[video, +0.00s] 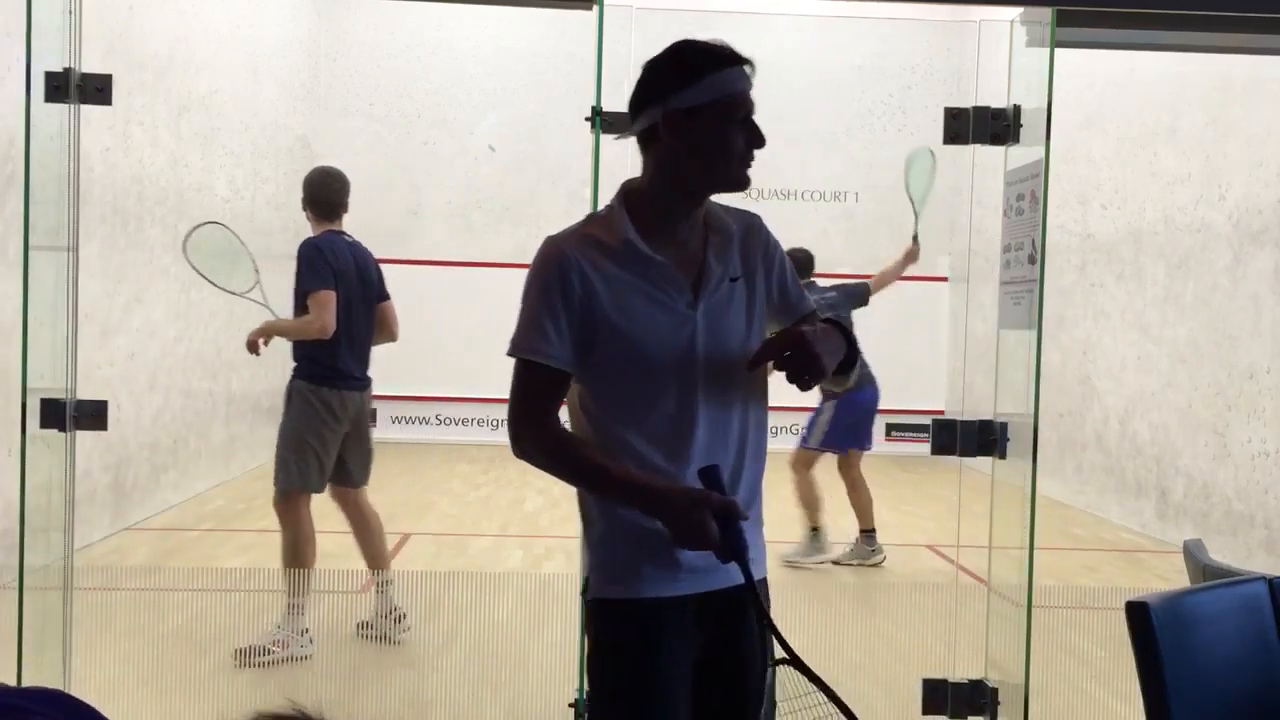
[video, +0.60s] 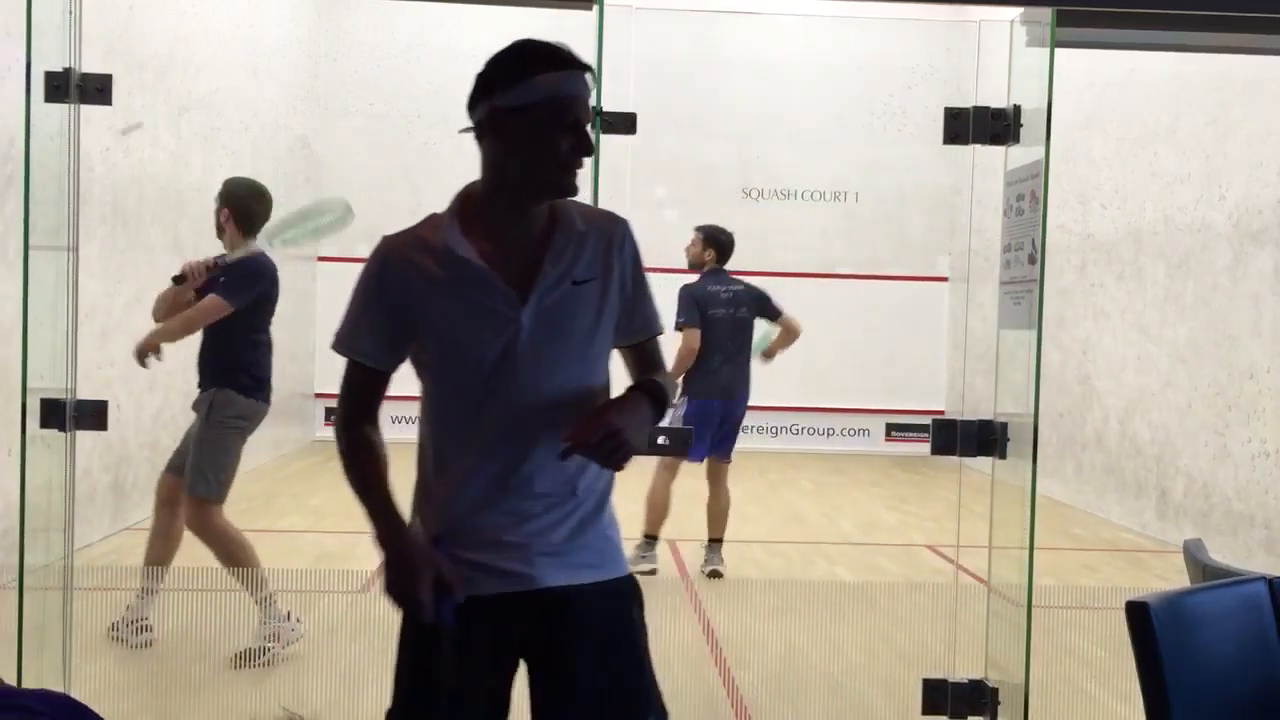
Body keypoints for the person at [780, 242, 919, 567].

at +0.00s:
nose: (777, 281)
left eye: (779, 275)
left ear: (785, 275)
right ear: (811, 271)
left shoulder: (786, 303)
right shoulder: (833, 295)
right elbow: (876, 283)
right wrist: (904, 260)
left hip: (839, 397)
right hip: (864, 392)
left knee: (800, 463)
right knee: (850, 466)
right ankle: (868, 543)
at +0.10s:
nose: (765, 270)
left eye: (766, 265)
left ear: (768, 270)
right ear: (797, 268)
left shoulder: (766, 303)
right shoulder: (820, 294)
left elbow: (751, 348)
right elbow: (867, 279)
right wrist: (891, 244)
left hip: (807, 398)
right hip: (841, 393)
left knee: (770, 467)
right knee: (840, 466)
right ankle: (866, 541)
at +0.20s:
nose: (743, 267)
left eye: (745, 263)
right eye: (745, 263)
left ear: (752, 267)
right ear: (780, 268)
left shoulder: (742, 302)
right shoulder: (801, 296)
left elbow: (725, 355)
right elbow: (853, 284)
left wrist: (712, 396)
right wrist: (869, 247)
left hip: (771, 402)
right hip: (810, 399)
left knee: (742, 469)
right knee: (823, 468)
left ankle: (726, 547)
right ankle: (857, 540)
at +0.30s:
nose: (730, 258)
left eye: (732, 254)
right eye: (733, 253)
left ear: (739, 258)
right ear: (764, 259)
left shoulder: (723, 292)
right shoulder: (784, 291)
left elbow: (712, 348)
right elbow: (839, 284)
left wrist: (707, 394)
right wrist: (846, 253)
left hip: (741, 394)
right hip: (782, 394)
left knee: (736, 469)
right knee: (790, 467)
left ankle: (727, 547)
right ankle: (814, 543)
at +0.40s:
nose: (715, 243)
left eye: (719, 238)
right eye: (718, 237)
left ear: (729, 243)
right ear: (750, 244)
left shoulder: (713, 280)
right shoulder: (774, 277)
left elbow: (709, 328)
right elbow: (827, 283)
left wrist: (708, 371)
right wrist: (822, 264)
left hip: (729, 381)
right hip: (769, 380)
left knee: (719, 461)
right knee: (759, 459)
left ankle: (711, 538)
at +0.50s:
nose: (701, 242)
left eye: (706, 237)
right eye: (704, 236)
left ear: (720, 244)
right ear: (733, 246)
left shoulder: (704, 278)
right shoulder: (762, 277)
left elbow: (704, 329)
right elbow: (812, 295)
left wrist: (687, 365)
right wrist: (795, 305)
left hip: (717, 382)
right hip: (754, 384)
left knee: (695, 465)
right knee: (732, 466)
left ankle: (678, 544)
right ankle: (721, 546)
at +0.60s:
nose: (687, 248)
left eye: (693, 243)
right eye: (690, 242)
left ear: (708, 252)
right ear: (719, 255)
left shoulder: (692, 290)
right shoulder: (746, 290)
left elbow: (691, 344)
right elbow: (791, 328)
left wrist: (670, 378)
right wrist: (772, 349)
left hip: (699, 396)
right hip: (735, 397)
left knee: (666, 470)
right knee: (718, 477)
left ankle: (646, 550)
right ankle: (714, 555)